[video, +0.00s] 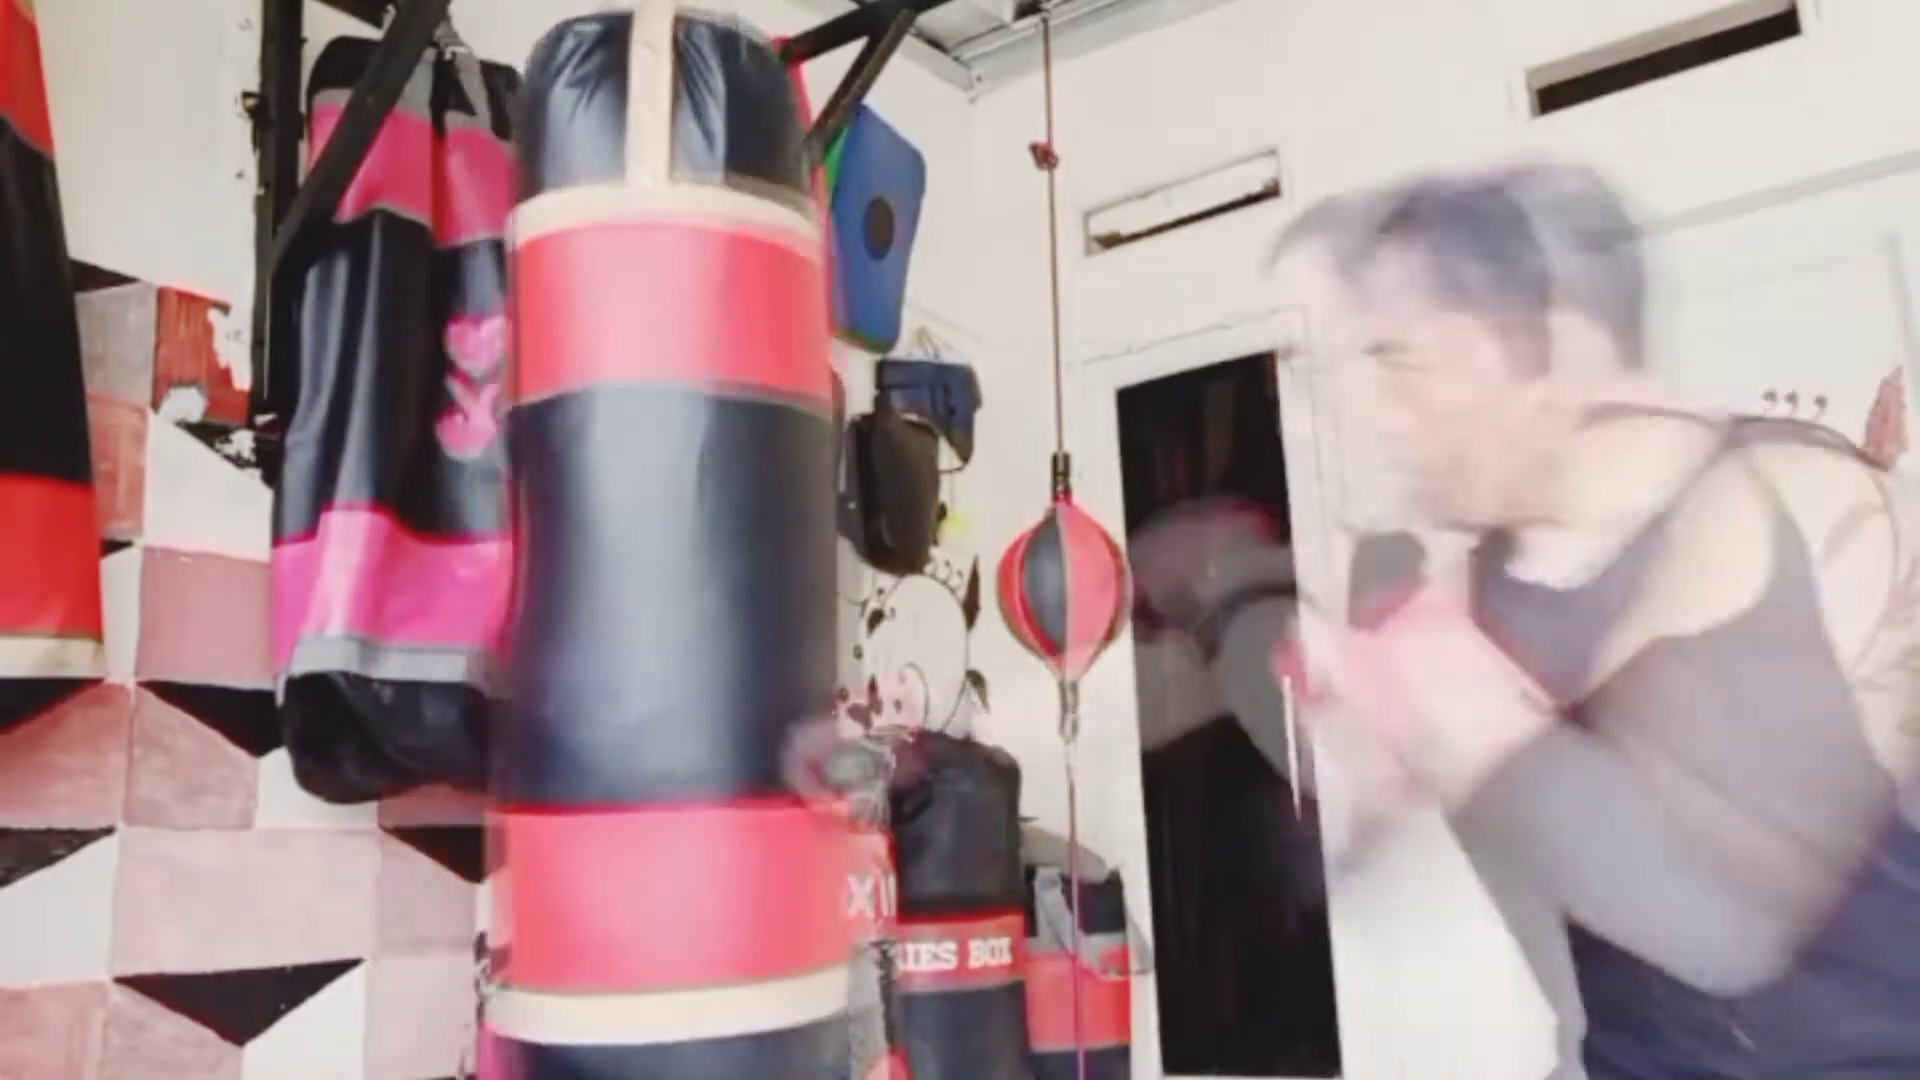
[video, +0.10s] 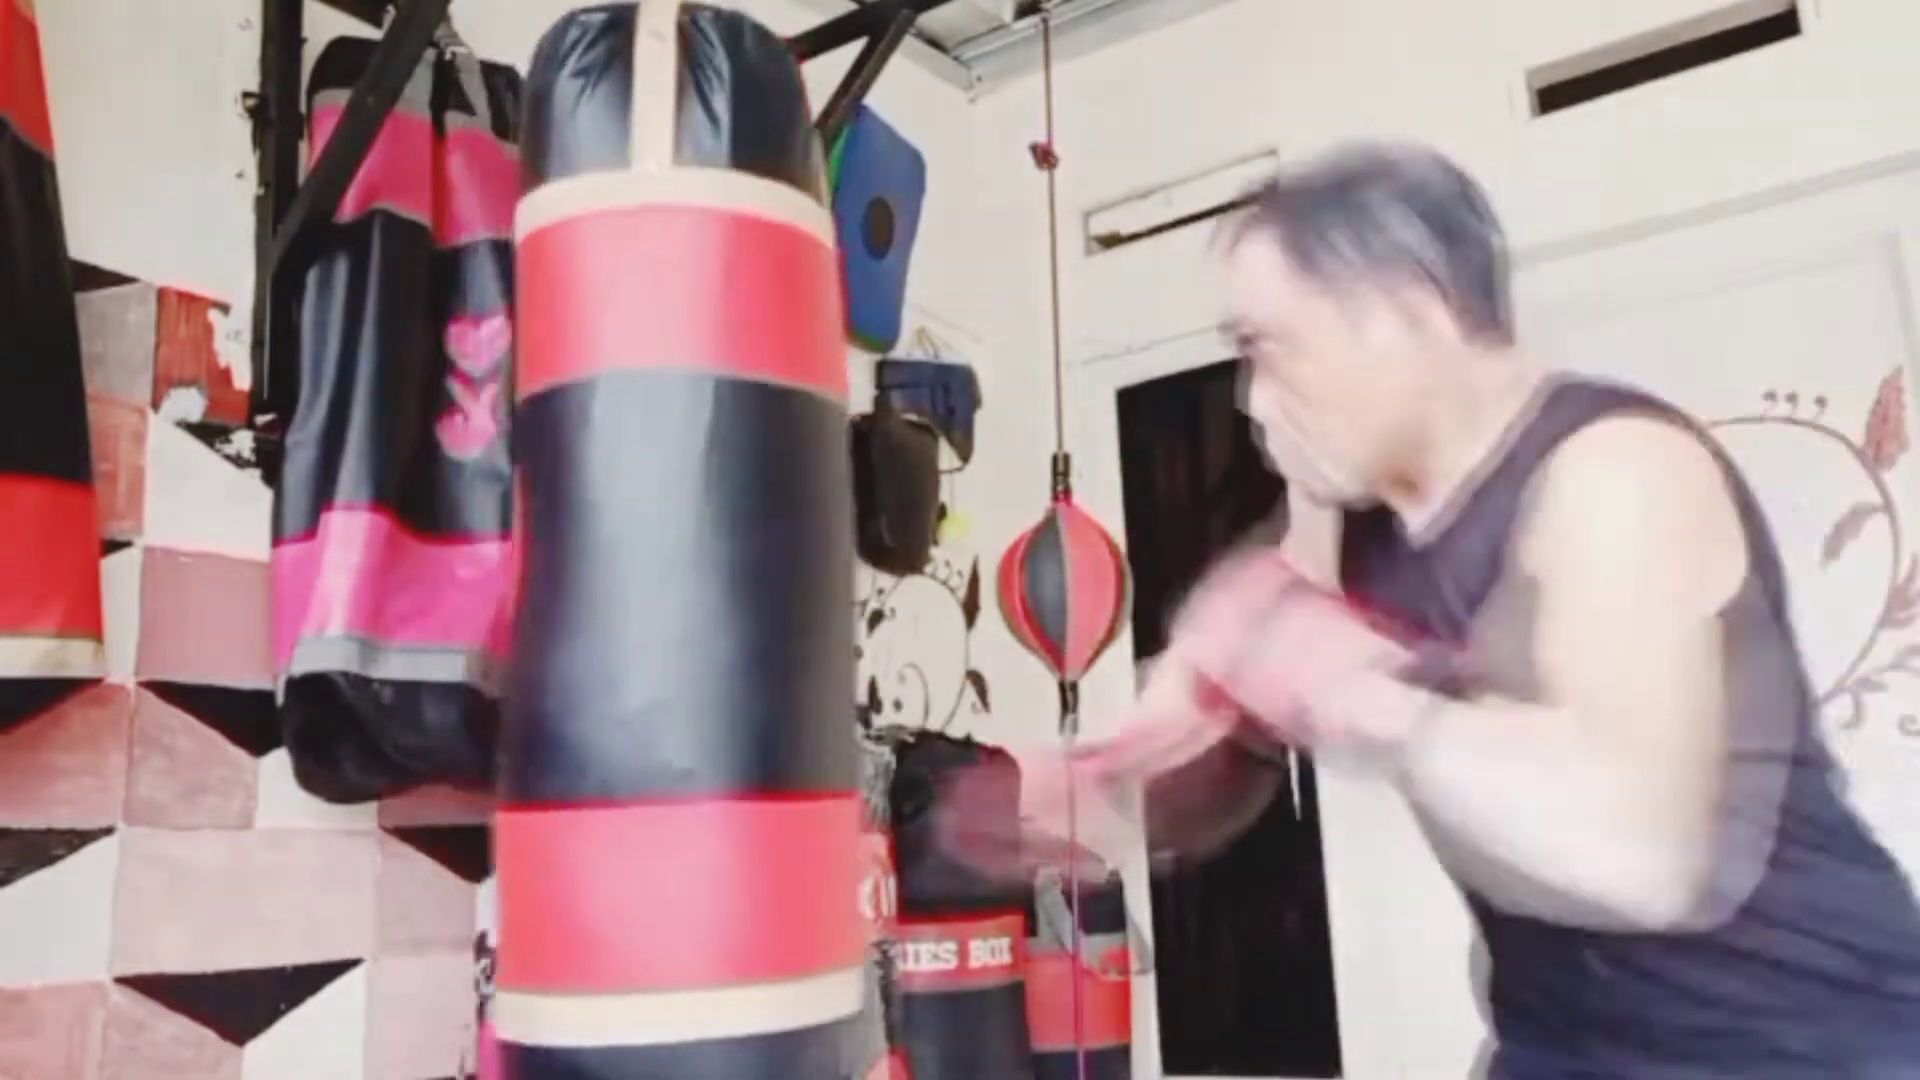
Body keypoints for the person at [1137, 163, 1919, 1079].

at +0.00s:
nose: (1374, 417)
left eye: (1398, 361)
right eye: (1365, 369)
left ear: (1559, 356)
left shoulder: (1788, 513)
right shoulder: (1503, 563)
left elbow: (1726, 921)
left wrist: (1460, 710)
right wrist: (1384, 758)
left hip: (1848, 1051)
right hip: (1639, 1051)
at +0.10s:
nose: (1252, 400)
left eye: (1266, 351)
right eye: (1246, 359)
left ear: (1412, 311)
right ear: (1400, 318)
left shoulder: (1624, 472)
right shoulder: (1355, 505)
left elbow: (1654, 850)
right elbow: (1254, 747)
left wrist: (1365, 697)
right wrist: (1118, 799)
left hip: (1801, 1037)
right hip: (1561, 1035)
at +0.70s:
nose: (1364, 344)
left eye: (1367, 286)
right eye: (1353, 296)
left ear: (1500, 254)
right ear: (1502, 259)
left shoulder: (1688, 409)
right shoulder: (1605, 440)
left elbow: (1907, 707)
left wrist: (1661, 905)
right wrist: (1523, 858)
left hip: (1846, 1051)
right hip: (1746, 1052)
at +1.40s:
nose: (1053, 398)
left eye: (1047, 352)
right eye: (1043, 356)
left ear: (1125, 337)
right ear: (1245, 315)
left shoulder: (1253, 533)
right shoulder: (1339, 476)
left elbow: (1181, 987)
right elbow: (1038, 622)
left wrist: (1071, 839)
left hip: (1432, 1058)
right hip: (1577, 1040)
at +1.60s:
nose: (1027, 373)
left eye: (1017, 330)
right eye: (1012, 333)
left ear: (1093, 313)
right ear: (1232, 287)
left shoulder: (1203, 523)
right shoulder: (1341, 443)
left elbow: (1217, 974)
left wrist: (1025, 883)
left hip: (1409, 1062)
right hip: (1570, 1039)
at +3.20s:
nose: (1012, 489)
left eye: (1003, 437)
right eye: (996, 443)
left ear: (1102, 403)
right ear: (1120, 397)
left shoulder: (1354, 636)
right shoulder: (1225, 529)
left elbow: (1307, 1059)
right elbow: (1030, 595)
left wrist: (1083, 901)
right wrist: (804, 627)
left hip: (1507, 1064)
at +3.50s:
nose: (1020, 414)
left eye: (1011, 368)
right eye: (1003, 376)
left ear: (1079, 337)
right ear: (1225, 293)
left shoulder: (1074, 529)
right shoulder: (1423, 427)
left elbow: (761, 704)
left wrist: (686, 639)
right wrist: (880, 613)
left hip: (1421, 1064)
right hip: (1674, 1041)